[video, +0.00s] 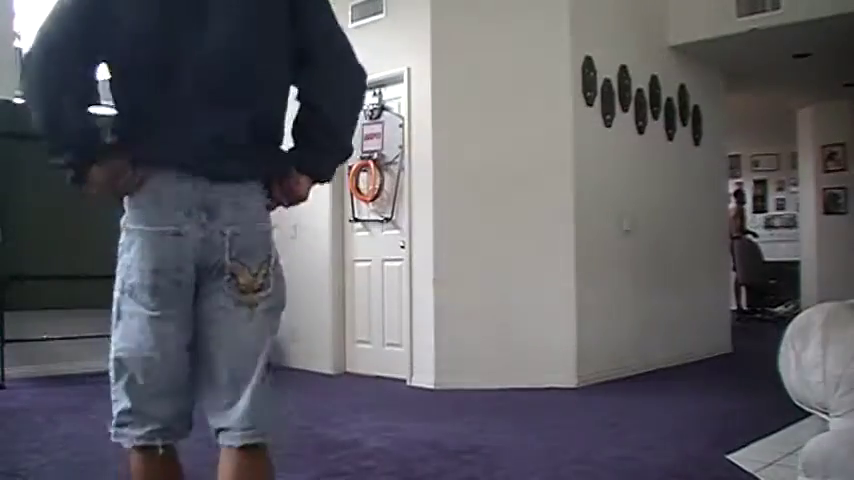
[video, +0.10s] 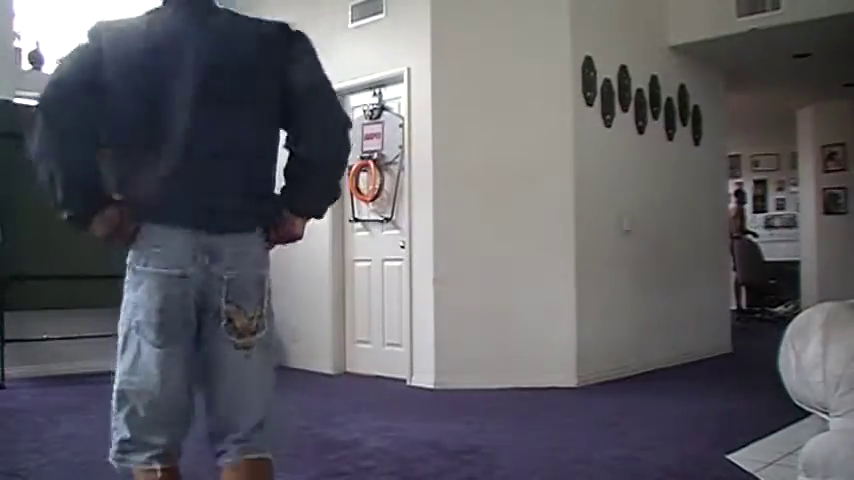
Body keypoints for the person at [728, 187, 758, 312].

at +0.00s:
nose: (744, 198)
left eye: (743, 195)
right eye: (743, 196)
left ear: (735, 197)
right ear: (740, 197)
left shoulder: (732, 209)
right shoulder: (739, 210)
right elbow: (741, 229)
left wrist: (748, 233)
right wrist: (752, 233)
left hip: (734, 243)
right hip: (739, 243)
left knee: (738, 276)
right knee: (743, 275)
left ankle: (738, 305)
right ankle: (743, 305)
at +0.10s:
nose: (745, 199)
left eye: (744, 197)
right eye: (744, 197)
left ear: (735, 197)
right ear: (741, 197)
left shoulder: (731, 208)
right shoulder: (739, 210)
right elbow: (741, 229)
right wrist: (752, 233)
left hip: (733, 242)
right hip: (738, 243)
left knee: (737, 274)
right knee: (741, 275)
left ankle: (738, 304)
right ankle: (740, 305)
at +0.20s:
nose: (746, 199)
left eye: (745, 197)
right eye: (744, 197)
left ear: (736, 197)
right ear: (741, 197)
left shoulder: (732, 209)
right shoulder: (739, 210)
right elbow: (741, 230)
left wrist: (749, 233)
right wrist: (752, 233)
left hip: (733, 242)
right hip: (739, 243)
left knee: (737, 275)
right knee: (742, 275)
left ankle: (738, 304)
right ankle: (742, 305)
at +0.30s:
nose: (746, 199)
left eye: (745, 196)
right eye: (745, 196)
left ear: (736, 196)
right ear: (741, 197)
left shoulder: (733, 208)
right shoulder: (739, 210)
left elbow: (738, 228)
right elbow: (740, 230)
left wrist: (750, 233)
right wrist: (753, 233)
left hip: (734, 242)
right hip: (738, 243)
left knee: (738, 275)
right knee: (741, 275)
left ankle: (739, 304)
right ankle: (741, 306)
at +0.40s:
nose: (747, 199)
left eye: (746, 196)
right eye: (745, 196)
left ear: (737, 196)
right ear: (742, 197)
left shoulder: (732, 208)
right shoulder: (740, 209)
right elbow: (741, 230)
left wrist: (749, 232)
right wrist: (753, 233)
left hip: (734, 242)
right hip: (739, 244)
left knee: (738, 275)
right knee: (741, 275)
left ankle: (738, 304)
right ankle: (741, 305)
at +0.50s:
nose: (748, 199)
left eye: (747, 197)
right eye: (747, 197)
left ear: (737, 196)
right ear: (743, 197)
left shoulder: (732, 208)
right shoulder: (740, 209)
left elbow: (731, 231)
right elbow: (741, 231)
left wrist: (749, 232)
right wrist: (754, 233)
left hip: (734, 244)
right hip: (741, 245)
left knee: (737, 276)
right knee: (742, 276)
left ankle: (738, 304)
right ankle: (742, 305)